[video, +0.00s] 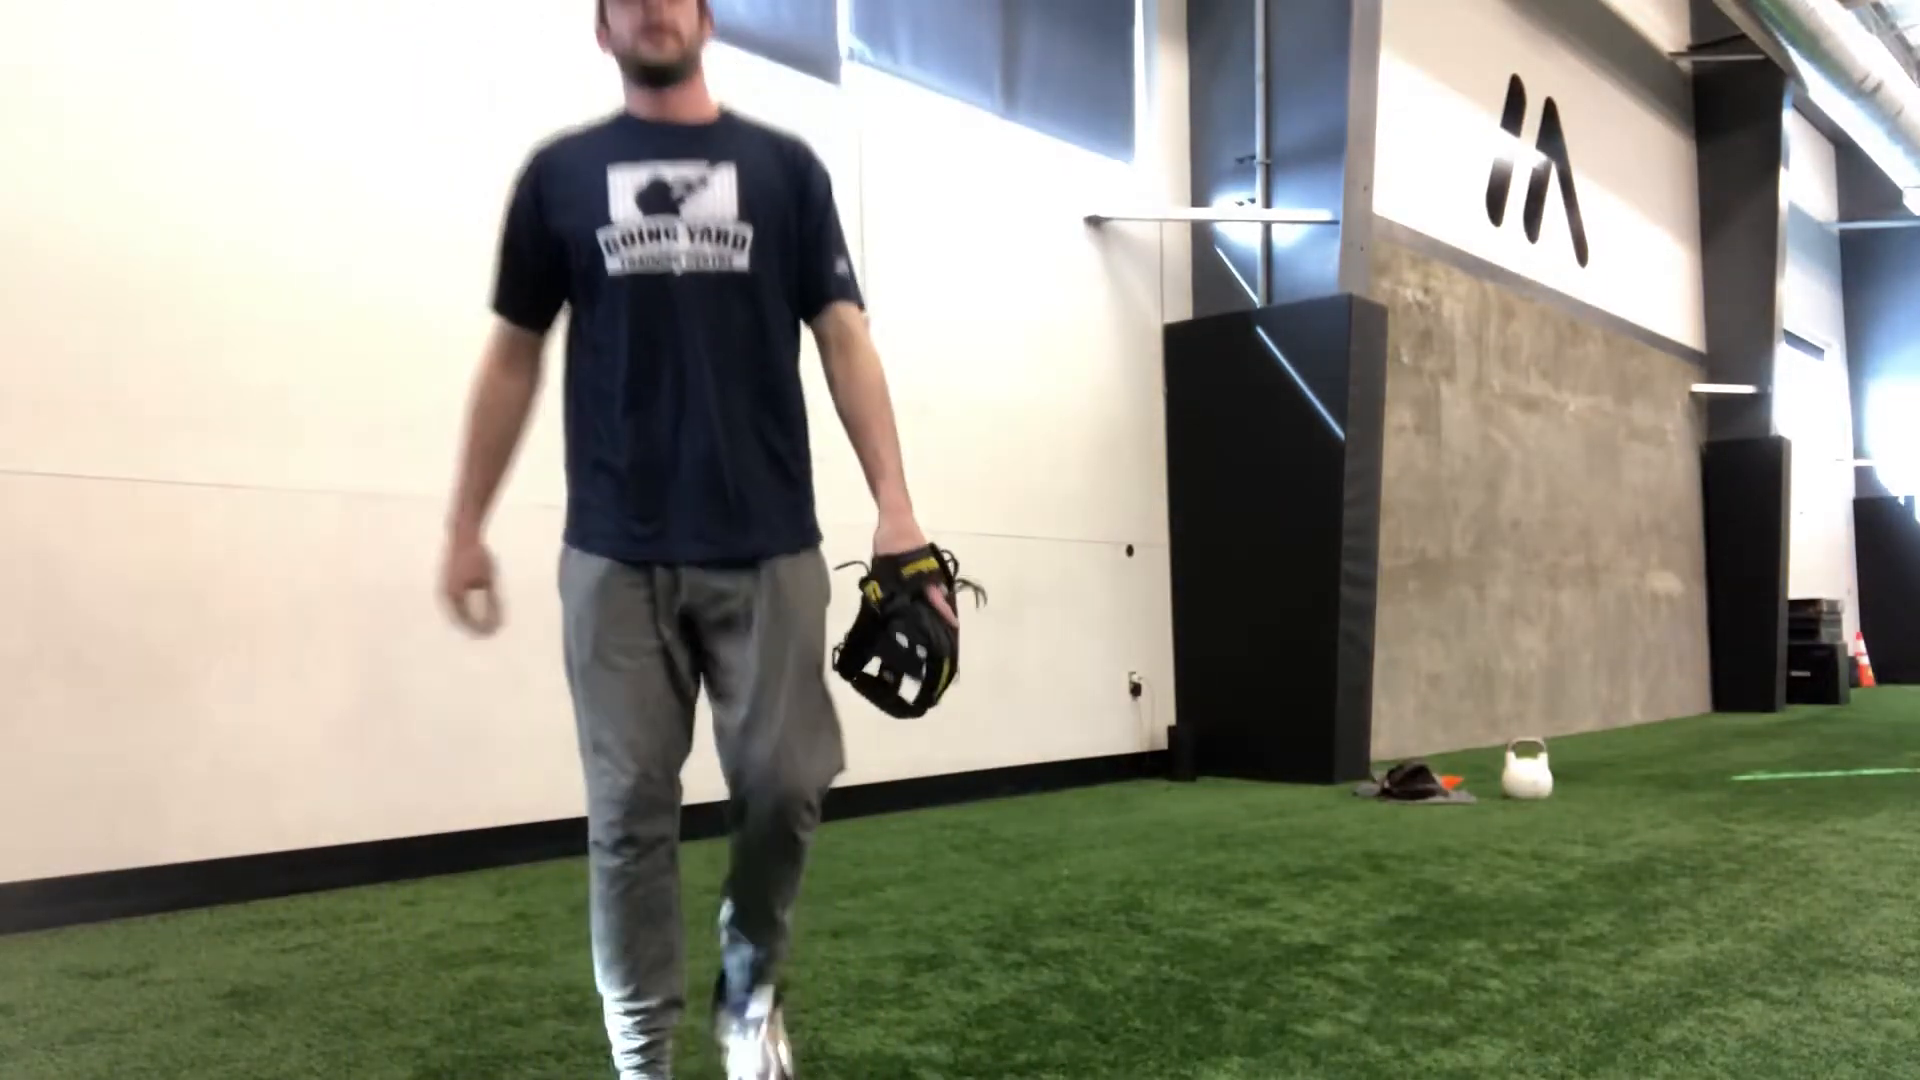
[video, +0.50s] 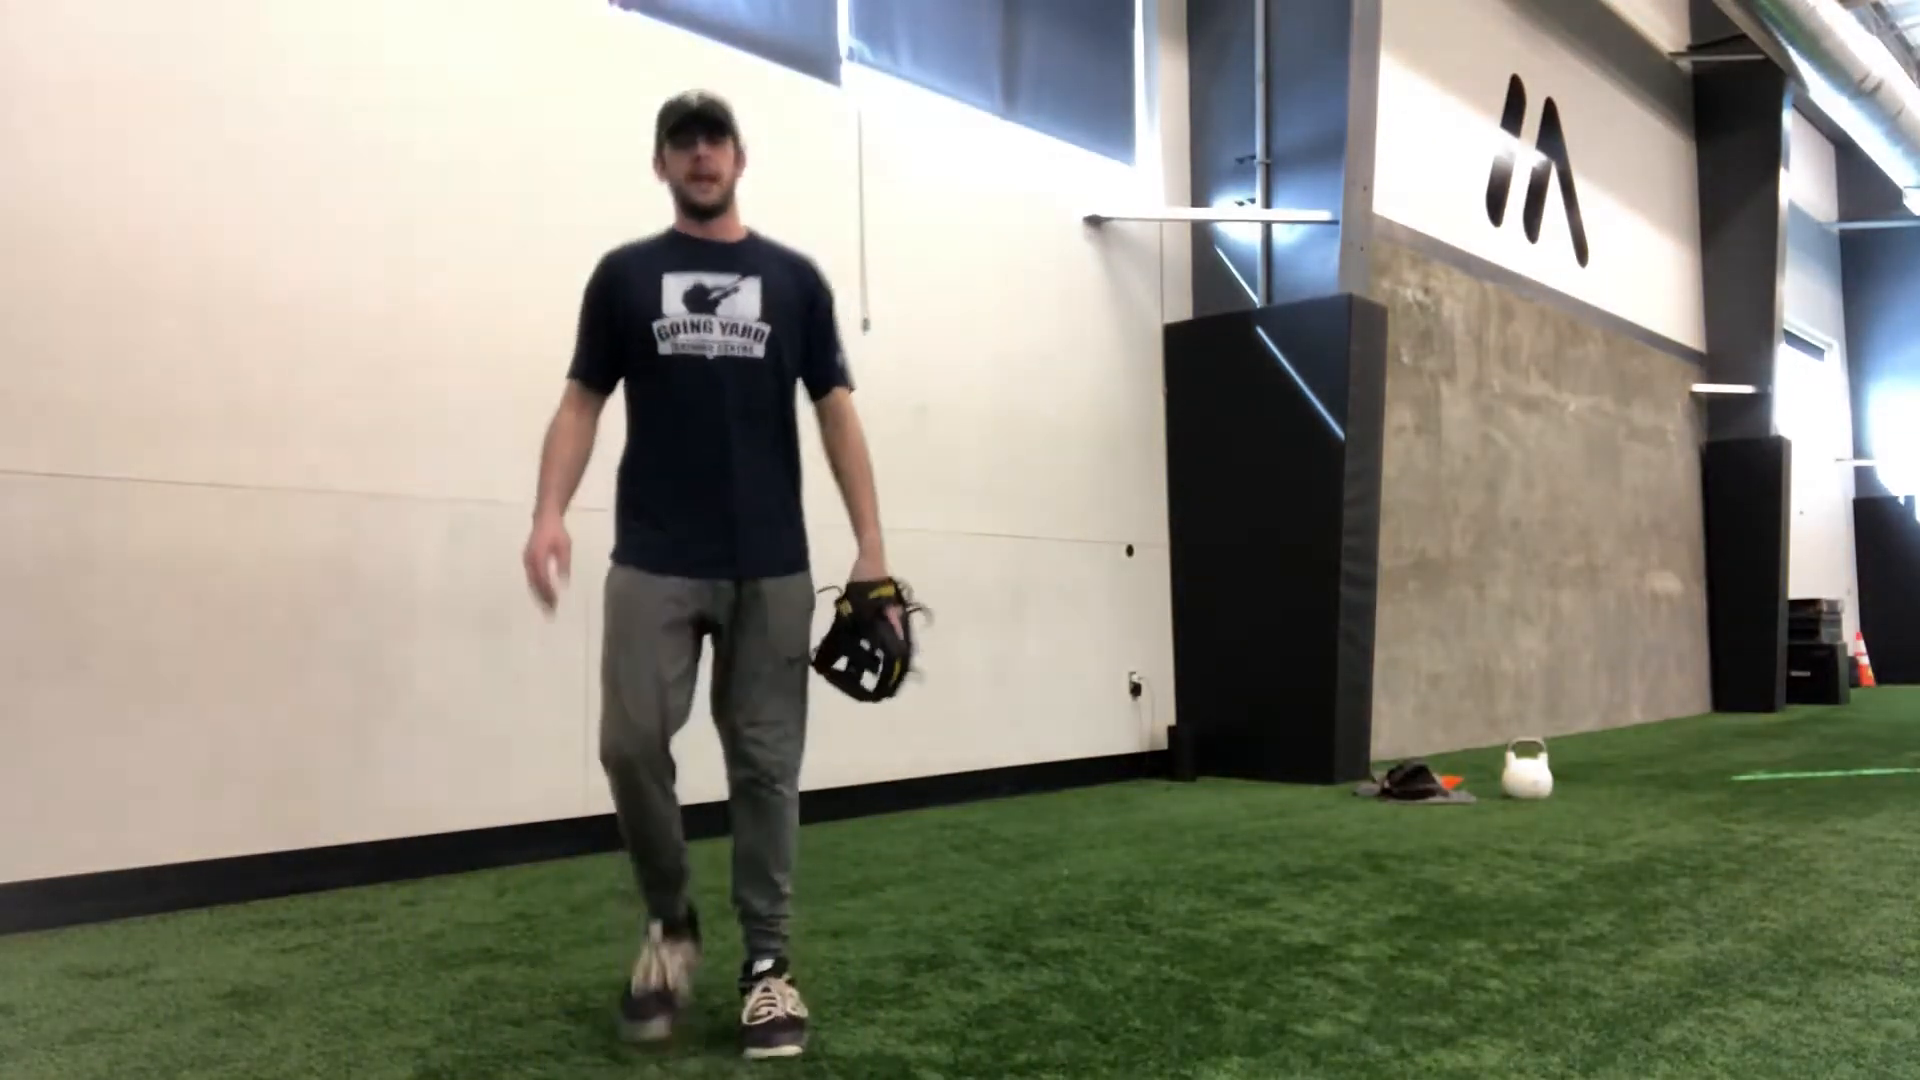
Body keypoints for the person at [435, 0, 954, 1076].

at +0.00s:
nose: (651, 9)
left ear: (706, 16)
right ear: (601, 25)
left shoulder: (783, 167)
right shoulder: (558, 174)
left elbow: (846, 339)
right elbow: (512, 356)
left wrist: (896, 512)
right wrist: (465, 526)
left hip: (766, 537)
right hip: (614, 542)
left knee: (788, 788)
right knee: (629, 811)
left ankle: (754, 993)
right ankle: (637, 1049)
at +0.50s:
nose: (700, 156)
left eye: (713, 141)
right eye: (683, 143)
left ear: (740, 158)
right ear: (660, 164)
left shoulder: (794, 279)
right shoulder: (624, 276)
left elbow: (838, 414)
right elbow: (581, 400)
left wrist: (870, 547)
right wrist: (549, 511)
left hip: (771, 559)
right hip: (655, 557)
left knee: (767, 767)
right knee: (628, 746)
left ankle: (768, 967)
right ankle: (670, 925)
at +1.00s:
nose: (669, 236)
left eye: (676, 222)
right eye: (652, 226)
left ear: (688, 234)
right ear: (619, 242)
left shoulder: (724, 331)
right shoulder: (588, 340)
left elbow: (752, 446)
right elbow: (543, 456)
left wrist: (789, 548)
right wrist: (497, 571)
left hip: (721, 571)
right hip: (628, 579)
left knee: (745, 719)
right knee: (646, 742)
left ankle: (724, 876)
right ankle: (656, 907)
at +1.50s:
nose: (708, 316)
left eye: (708, 305)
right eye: (702, 303)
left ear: (673, 299)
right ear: (666, 295)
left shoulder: (701, 385)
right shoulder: (602, 368)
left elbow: (748, 476)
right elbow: (595, 459)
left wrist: (809, 556)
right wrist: (614, 509)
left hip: (682, 582)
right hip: (616, 580)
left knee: (671, 723)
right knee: (630, 716)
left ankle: (666, 861)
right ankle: (633, 871)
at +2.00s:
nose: (664, 348)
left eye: (665, 338)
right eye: (662, 336)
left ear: (633, 329)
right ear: (637, 329)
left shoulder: (633, 401)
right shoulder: (563, 392)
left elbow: (619, 508)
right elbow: (509, 480)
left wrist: (642, 585)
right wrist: (566, 534)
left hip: (625, 592)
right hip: (562, 594)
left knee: (639, 716)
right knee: (548, 722)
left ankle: (661, 853)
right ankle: (540, 856)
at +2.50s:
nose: (642, 355)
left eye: (649, 345)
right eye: (630, 345)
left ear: (658, 352)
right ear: (607, 353)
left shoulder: (666, 425)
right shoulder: (569, 413)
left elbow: (665, 497)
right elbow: (501, 472)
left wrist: (676, 508)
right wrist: (537, 540)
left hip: (618, 594)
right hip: (559, 588)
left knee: (622, 715)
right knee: (561, 707)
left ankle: (622, 832)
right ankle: (541, 847)